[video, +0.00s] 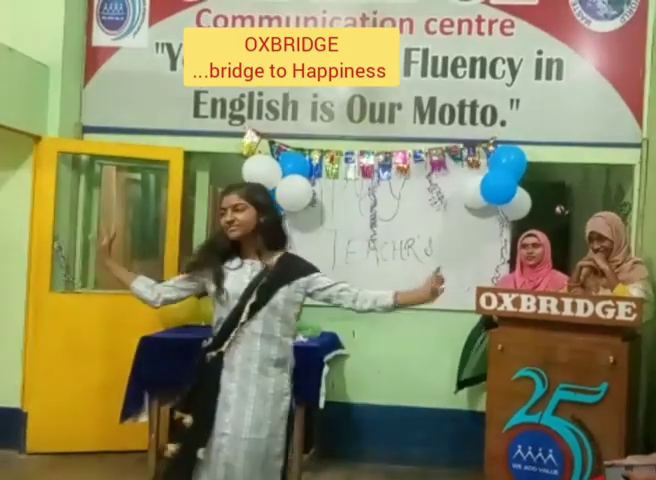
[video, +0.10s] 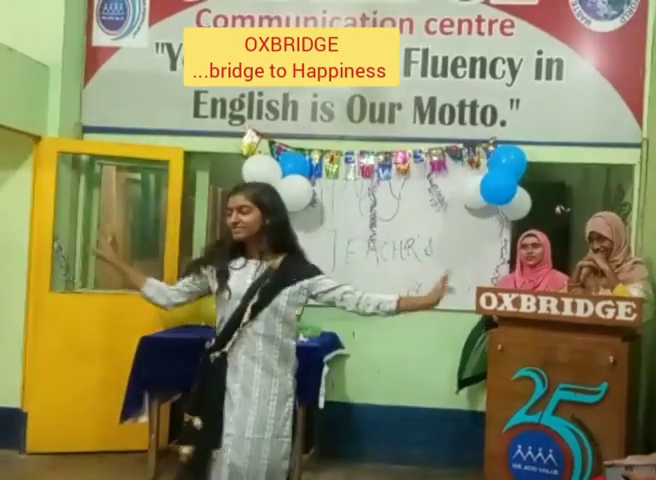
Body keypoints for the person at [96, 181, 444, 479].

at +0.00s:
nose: (228, 218)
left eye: (237, 210)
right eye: (223, 212)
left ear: (261, 214)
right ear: (221, 220)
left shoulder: (293, 269)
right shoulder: (220, 270)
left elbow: (353, 297)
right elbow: (157, 294)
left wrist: (420, 295)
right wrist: (108, 264)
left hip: (269, 382)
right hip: (223, 379)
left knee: (256, 461)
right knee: (217, 461)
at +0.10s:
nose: (234, 218)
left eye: (243, 211)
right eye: (230, 212)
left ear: (267, 217)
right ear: (228, 219)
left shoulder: (295, 270)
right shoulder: (224, 266)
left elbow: (354, 299)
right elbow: (170, 296)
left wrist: (422, 301)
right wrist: (119, 264)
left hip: (270, 383)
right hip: (224, 379)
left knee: (260, 464)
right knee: (221, 462)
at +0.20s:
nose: (238, 223)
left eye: (247, 217)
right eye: (235, 216)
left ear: (272, 222)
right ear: (232, 221)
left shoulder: (296, 276)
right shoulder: (227, 267)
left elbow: (354, 308)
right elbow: (182, 301)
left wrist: (405, 297)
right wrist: (149, 270)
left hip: (268, 386)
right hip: (221, 380)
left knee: (257, 465)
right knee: (216, 461)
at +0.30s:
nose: (239, 229)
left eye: (250, 222)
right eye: (236, 221)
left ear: (274, 227)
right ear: (231, 222)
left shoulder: (293, 278)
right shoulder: (227, 271)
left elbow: (327, 326)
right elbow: (182, 307)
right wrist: (154, 270)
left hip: (270, 384)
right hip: (224, 380)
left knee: (264, 465)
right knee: (219, 462)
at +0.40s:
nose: (240, 234)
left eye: (251, 227)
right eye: (236, 225)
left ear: (277, 229)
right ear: (231, 226)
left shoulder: (292, 281)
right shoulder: (226, 273)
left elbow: (274, 312)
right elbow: (169, 302)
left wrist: (275, 266)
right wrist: (145, 261)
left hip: (265, 390)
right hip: (220, 385)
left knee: (259, 469)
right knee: (209, 465)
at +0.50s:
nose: (234, 229)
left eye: (245, 223)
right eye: (231, 220)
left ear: (268, 229)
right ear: (225, 219)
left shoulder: (267, 273)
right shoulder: (229, 267)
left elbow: (206, 298)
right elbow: (169, 296)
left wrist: (186, 267)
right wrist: (133, 249)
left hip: (245, 379)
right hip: (213, 374)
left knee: (241, 463)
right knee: (203, 459)